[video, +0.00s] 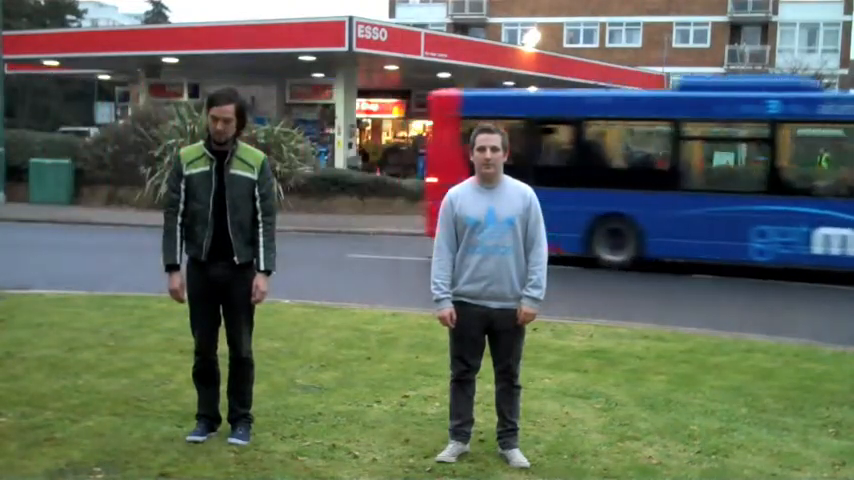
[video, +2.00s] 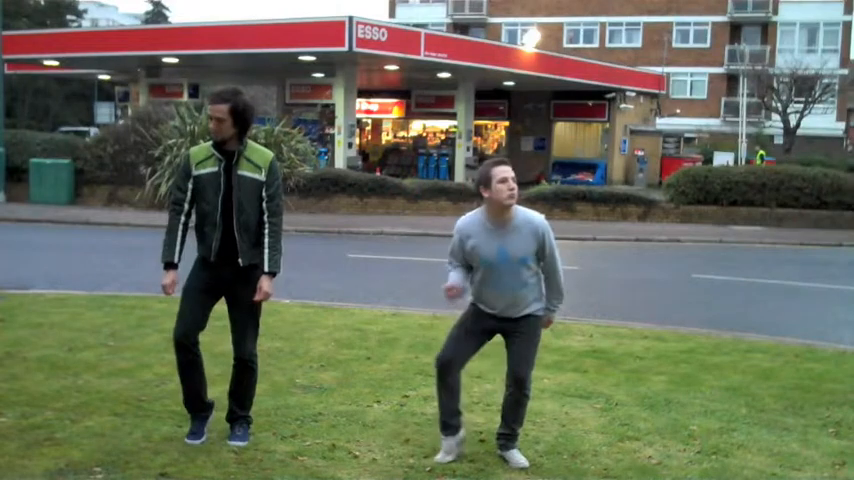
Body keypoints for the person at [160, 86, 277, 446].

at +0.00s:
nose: (220, 126)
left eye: (227, 121)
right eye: (215, 119)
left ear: (239, 123)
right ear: (206, 119)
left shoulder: (257, 163)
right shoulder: (185, 160)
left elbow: (266, 220)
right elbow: (172, 216)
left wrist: (264, 271)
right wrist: (173, 269)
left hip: (241, 270)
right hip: (200, 269)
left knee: (240, 350)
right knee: (203, 349)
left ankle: (240, 421)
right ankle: (206, 419)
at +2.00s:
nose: (212, 125)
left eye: (219, 120)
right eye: (210, 118)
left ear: (239, 122)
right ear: (209, 119)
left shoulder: (265, 163)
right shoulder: (194, 159)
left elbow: (273, 220)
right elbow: (178, 213)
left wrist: (269, 272)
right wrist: (170, 265)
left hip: (247, 272)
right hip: (207, 268)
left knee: (245, 352)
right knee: (183, 336)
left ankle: (240, 420)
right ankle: (199, 412)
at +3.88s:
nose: (211, 116)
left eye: (218, 112)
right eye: (212, 110)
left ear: (238, 119)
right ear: (217, 117)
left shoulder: (266, 167)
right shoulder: (198, 158)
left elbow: (272, 226)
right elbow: (182, 211)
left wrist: (261, 278)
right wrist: (176, 262)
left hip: (244, 272)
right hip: (204, 267)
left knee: (243, 352)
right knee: (183, 334)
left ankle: (239, 419)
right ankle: (197, 408)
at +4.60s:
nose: (233, 117)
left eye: (237, 111)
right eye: (226, 110)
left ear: (243, 118)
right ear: (208, 116)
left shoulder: (260, 165)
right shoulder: (184, 161)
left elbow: (266, 221)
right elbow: (169, 217)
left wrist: (263, 270)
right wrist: (174, 270)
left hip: (243, 271)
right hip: (200, 271)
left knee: (249, 347)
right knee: (201, 349)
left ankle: (243, 421)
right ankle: (204, 419)